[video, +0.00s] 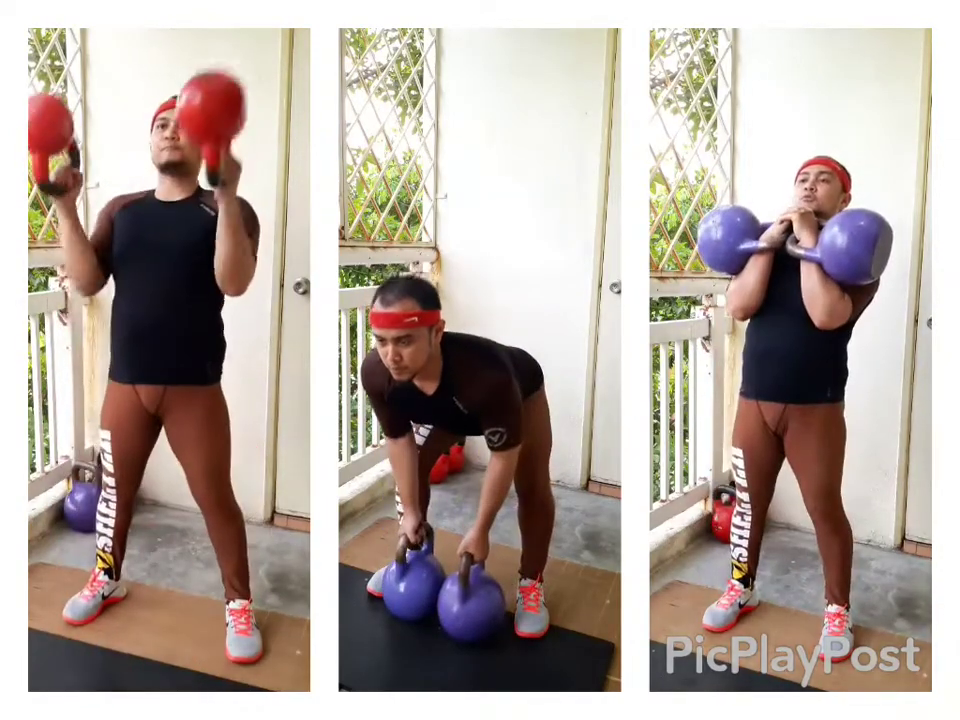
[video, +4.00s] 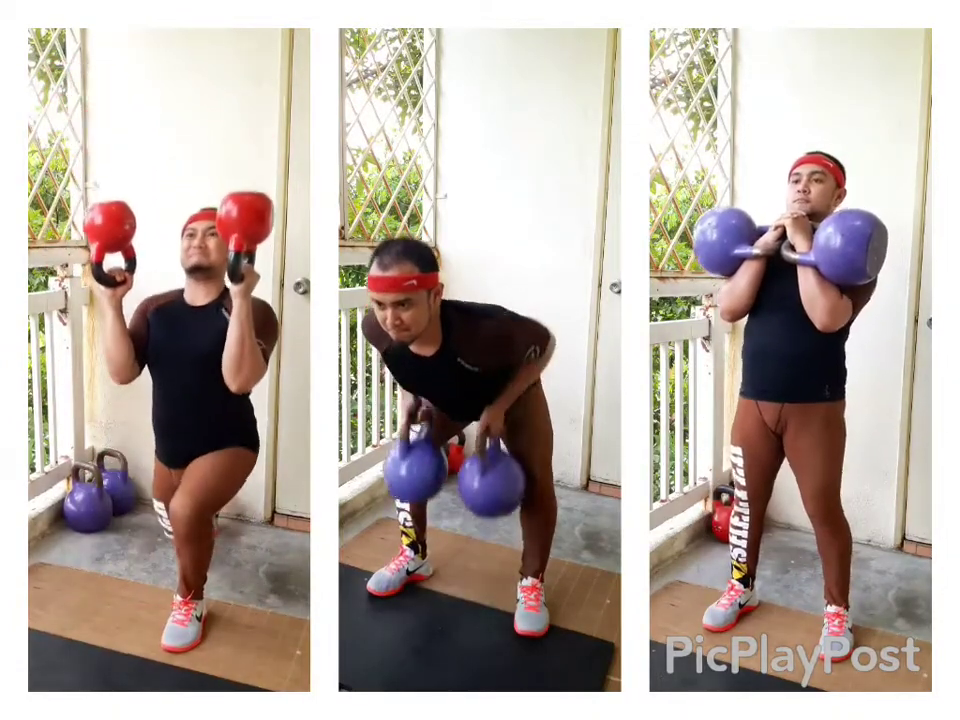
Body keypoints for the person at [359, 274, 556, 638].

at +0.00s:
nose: (392, 355)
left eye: (405, 341)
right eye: (382, 342)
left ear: (437, 332)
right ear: (373, 338)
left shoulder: (486, 374)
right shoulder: (376, 374)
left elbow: (504, 455)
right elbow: (398, 441)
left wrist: (481, 531)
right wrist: (409, 510)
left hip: (513, 391)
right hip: (446, 401)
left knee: (533, 488)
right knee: (413, 471)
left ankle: (531, 584)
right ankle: (410, 563)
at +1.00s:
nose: (387, 358)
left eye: (401, 344)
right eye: (377, 344)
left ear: (433, 335)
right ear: (369, 338)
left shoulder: (484, 379)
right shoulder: (374, 376)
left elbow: (486, 463)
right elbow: (403, 444)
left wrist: (479, 532)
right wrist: (412, 512)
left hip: (514, 390)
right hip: (451, 398)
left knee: (530, 486)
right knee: (415, 470)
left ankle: (531, 583)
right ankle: (410, 563)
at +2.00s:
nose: (389, 350)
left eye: (403, 336)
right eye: (380, 335)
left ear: (435, 330)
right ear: (371, 331)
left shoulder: (485, 379)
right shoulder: (374, 373)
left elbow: (488, 462)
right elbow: (404, 442)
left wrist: (479, 532)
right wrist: (412, 512)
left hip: (515, 389)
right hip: (453, 399)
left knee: (530, 487)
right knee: (415, 470)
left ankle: (531, 582)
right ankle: (409, 563)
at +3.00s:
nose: (386, 357)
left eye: (399, 344)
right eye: (376, 343)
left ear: (432, 335)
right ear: (368, 338)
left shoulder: (483, 380)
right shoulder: (373, 378)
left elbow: (497, 466)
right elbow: (394, 447)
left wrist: (485, 535)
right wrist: (407, 514)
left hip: (513, 392)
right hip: (448, 401)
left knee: (533, 487)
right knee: (412, 469)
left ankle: (531, 583)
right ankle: (408, 563)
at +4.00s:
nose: (391, 319)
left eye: (404, 305)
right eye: (380, 305)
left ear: (435, 293)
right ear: (372, 300)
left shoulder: (482, 328)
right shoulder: (375, 330)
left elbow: (543, 343)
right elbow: (404, 362)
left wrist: (500, 407)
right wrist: (409, 396)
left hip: (510, 391)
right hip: (445, 395)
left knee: (536, 483)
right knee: (409, 460)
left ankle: (531, 582)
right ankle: (413, 552)